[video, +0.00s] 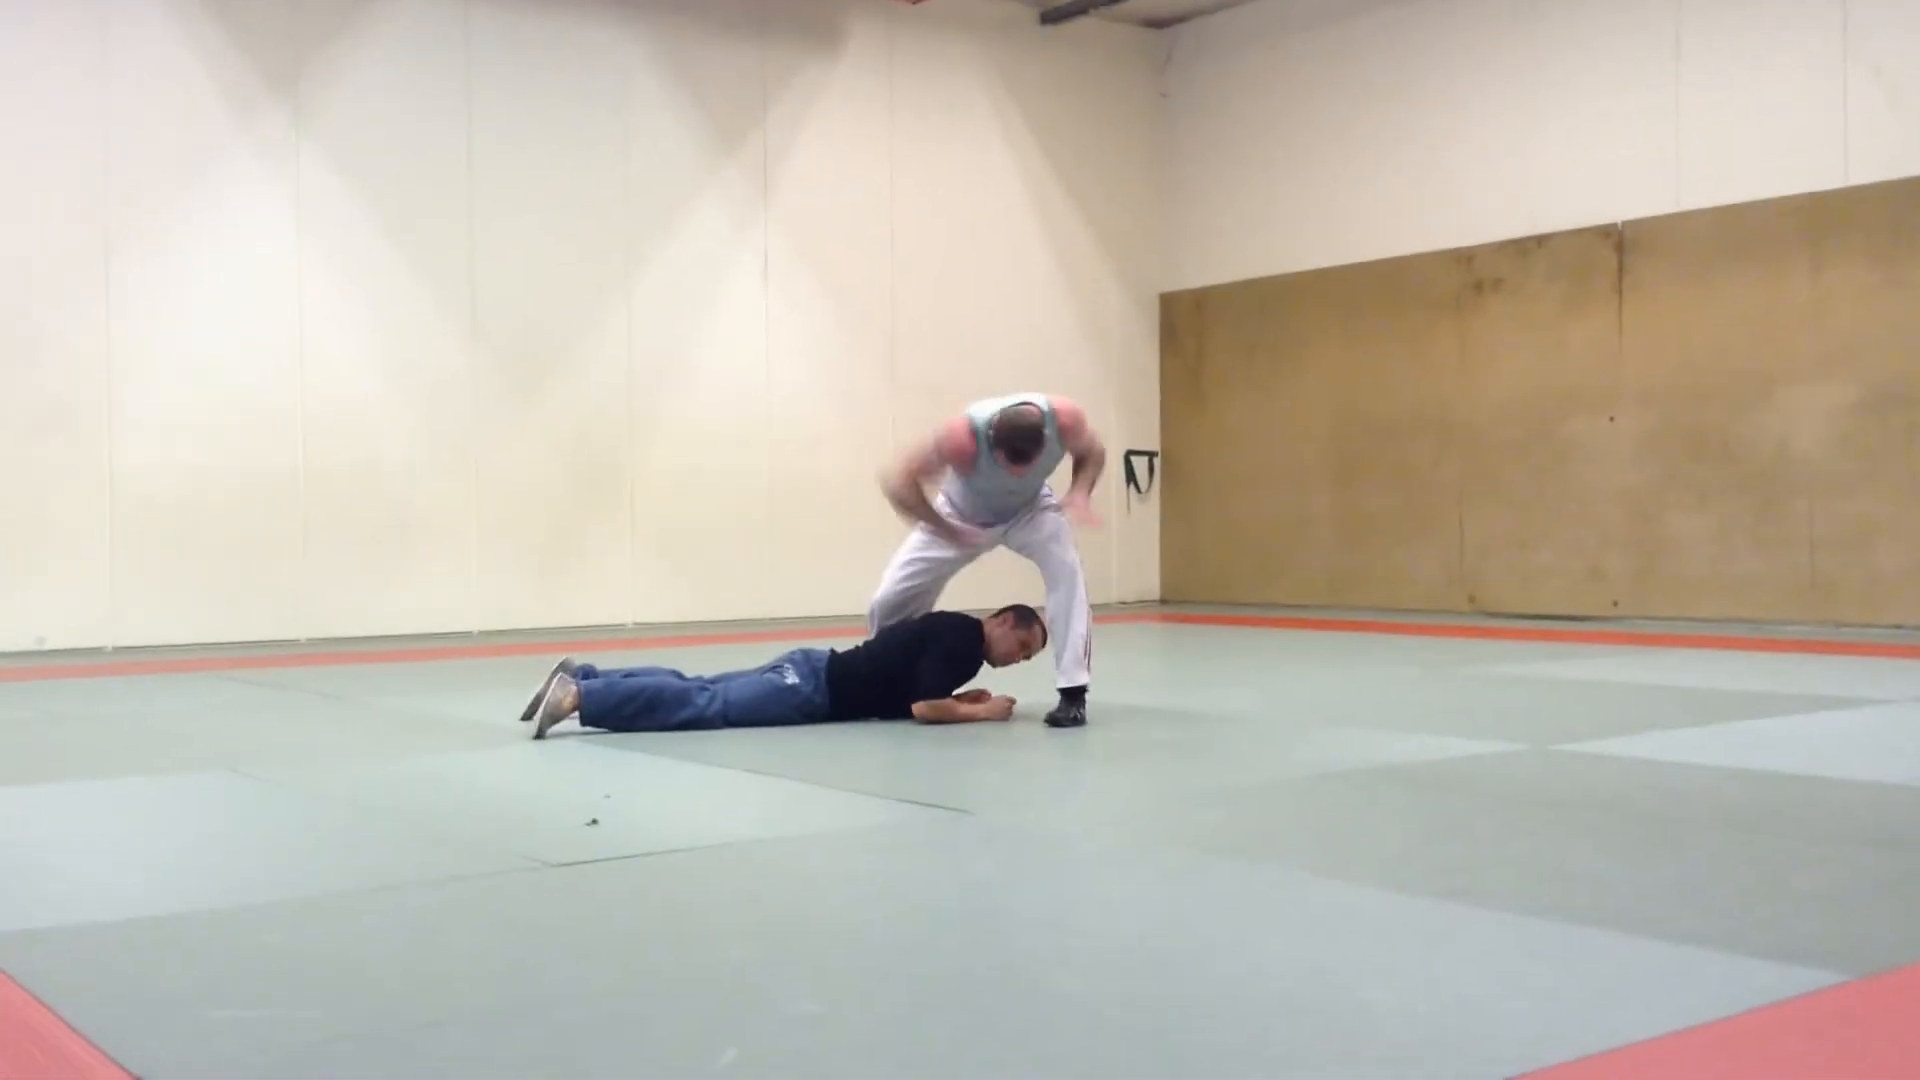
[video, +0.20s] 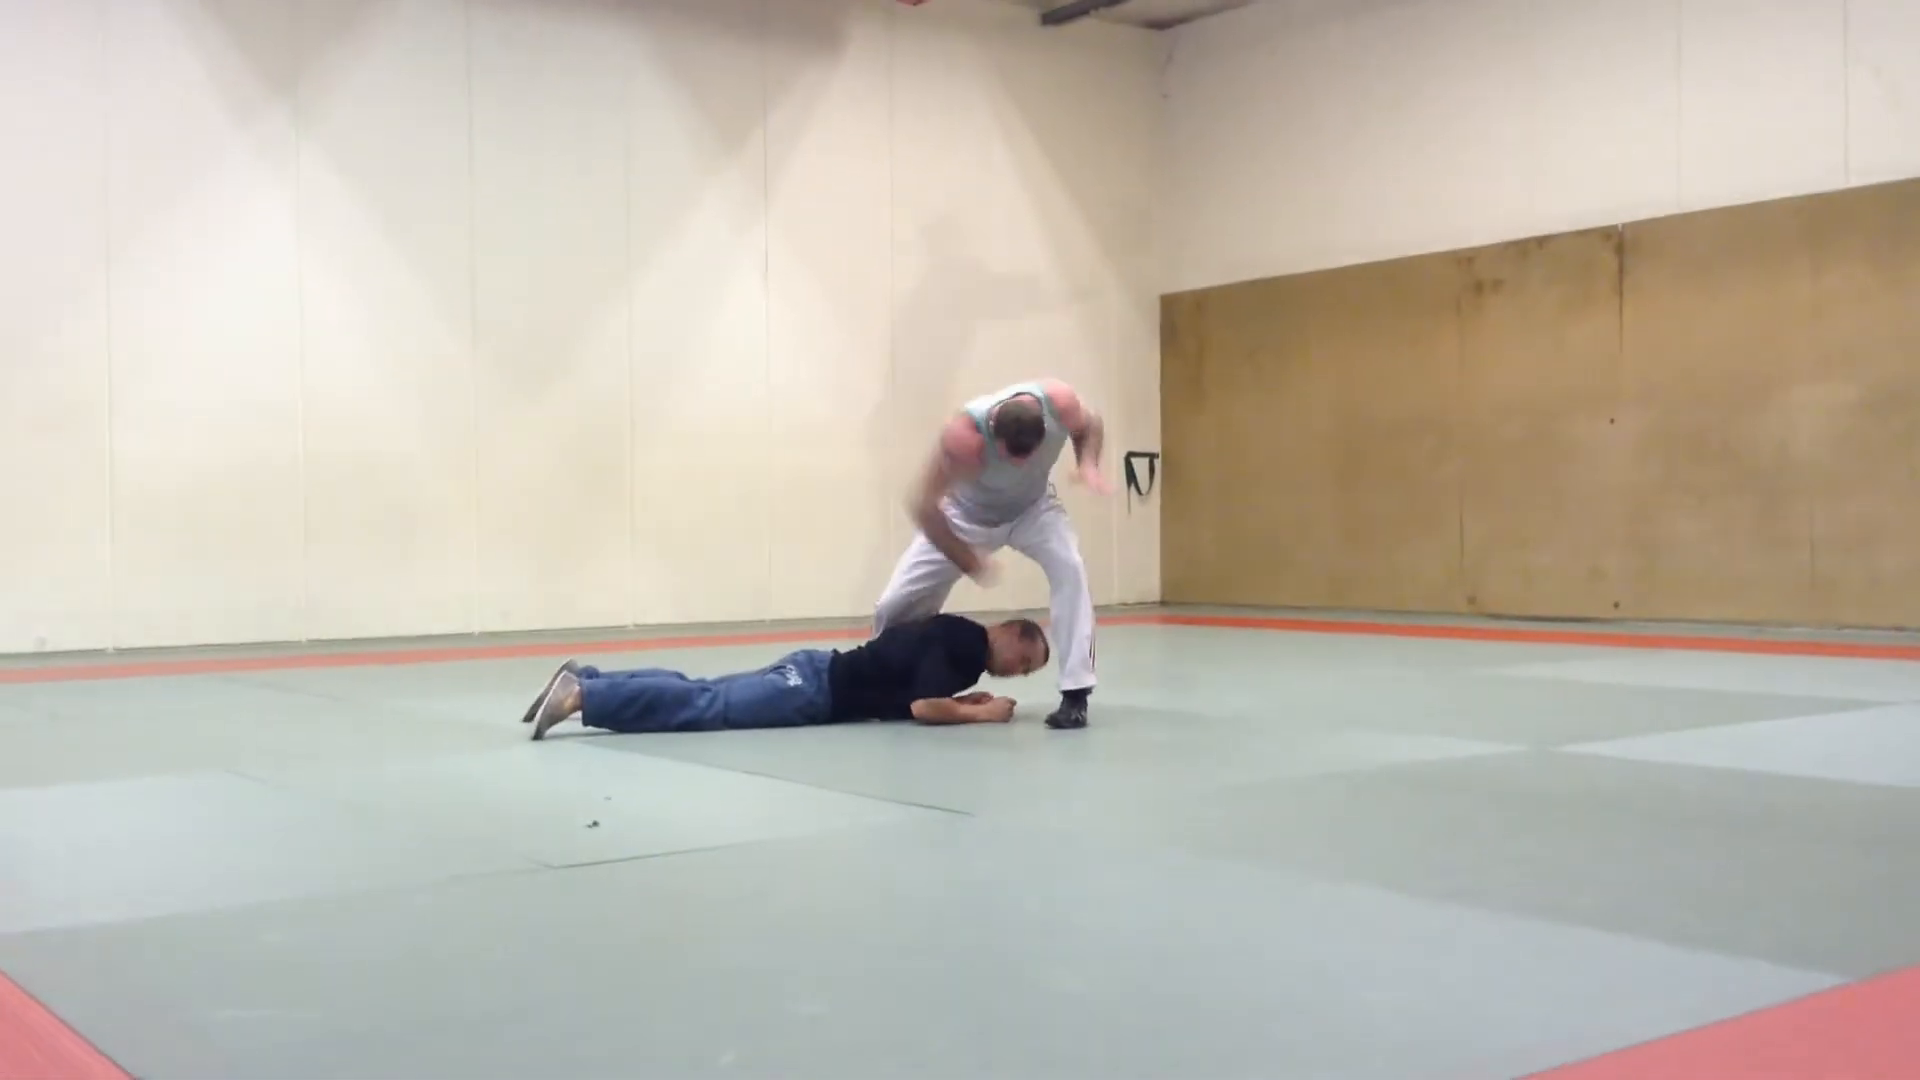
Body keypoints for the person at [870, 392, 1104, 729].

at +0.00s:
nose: (1018, 472)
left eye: (1026, 465)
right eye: (1010, 464)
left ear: (1042, 445)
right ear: (996, 444)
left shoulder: (1065, 421)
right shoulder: (964, 437)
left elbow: (1091, 454)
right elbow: (898, 481)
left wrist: (1078, 495)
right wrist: (950, 532)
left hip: (1029, 513)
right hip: (961, 519)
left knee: (1065, 568)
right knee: (888, 605)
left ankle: (1073, 693)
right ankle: (889, 691)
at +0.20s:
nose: (1020, 461)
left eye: (1028, 454)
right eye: (1013, 454)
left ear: (1041, 436)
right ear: (997, 437)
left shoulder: (1060, 405)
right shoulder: (965, 436)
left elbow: (1089, 428)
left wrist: (1088, 466)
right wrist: (970, 563)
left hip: (1033, 510)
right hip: (966, 516)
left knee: (1069, 568)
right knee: (893, 608)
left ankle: (1075, 694)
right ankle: (884, 691)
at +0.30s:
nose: (1005, 458)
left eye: (1013, 453)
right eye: (998, 452)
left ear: (1030, 432)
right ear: (983, 429)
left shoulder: (1059, 426)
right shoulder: (957, 408)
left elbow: (1102, 460)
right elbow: (879, 404)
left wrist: (1085, 507)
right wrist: (900, 470)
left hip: (1031, 517)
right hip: (962, 519)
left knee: (1065, 576)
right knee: (891, 606)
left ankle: (1073, 698)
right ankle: (889, 691)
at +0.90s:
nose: (986, 395)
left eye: (991, 387)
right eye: (982, 385)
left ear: (1014, 376)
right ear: (979, 377)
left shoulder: (1064, 399)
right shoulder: (981, 381)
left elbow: (1106, 464)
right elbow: (941, 392)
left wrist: (1046, 493)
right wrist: (917, 445)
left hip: (1050, 505)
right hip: (991, 501)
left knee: (1059, 581)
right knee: (929, 588)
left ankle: (1058, 698)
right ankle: (874, 677)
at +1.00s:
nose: (1009, 373)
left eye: (1012, 364)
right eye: (1002, 366)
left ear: (1033, 346)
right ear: (999, 355)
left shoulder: (1076, 378)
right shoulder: (1005, 369)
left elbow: (1099, 451)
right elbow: (960, 406)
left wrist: (1040, 498)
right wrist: (977, 450)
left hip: (1066, 499)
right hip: (1008, 493)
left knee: (1056, 577)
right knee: (943, 580)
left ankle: (1054, 697)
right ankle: (922, 680)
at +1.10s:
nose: (1021, 348)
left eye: (1024, 337)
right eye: (1016, 339)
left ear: (1051, 325)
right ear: (1021, 334)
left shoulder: (1094, 366)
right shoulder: (1031, 365)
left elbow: (1099, 447)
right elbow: (983, 394)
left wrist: (1072, 511)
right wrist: (992, 439)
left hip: (1088, 497)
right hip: (1039, 493)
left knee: (1063, 575)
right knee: (985, 545)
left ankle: (1054, 700)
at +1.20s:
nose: (1040, 331)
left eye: (1046, 320)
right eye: (1036, 322)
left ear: (1074, 313)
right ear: (1042, 322)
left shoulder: (1111, 355)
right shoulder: (1056, 363)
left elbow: (1105, 389)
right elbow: (1037, 382)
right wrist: (1005, 388)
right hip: (1063, 492)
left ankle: (1056, 702)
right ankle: (1144, 655)